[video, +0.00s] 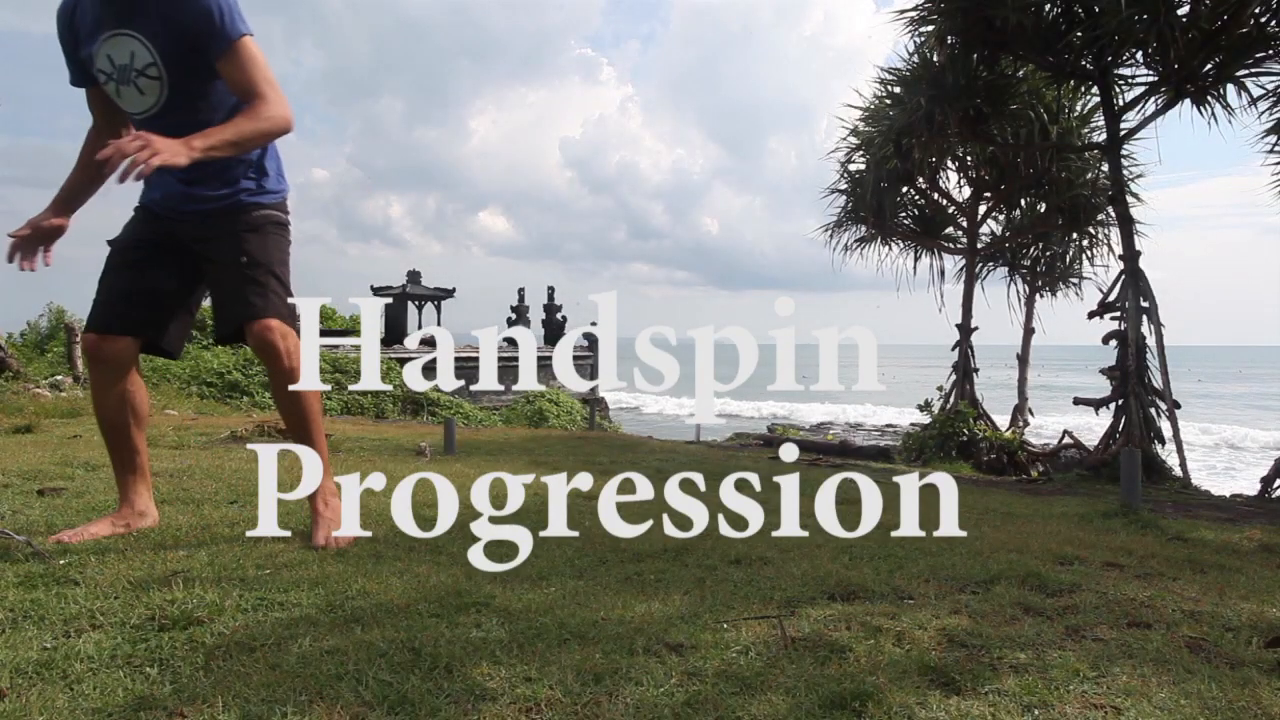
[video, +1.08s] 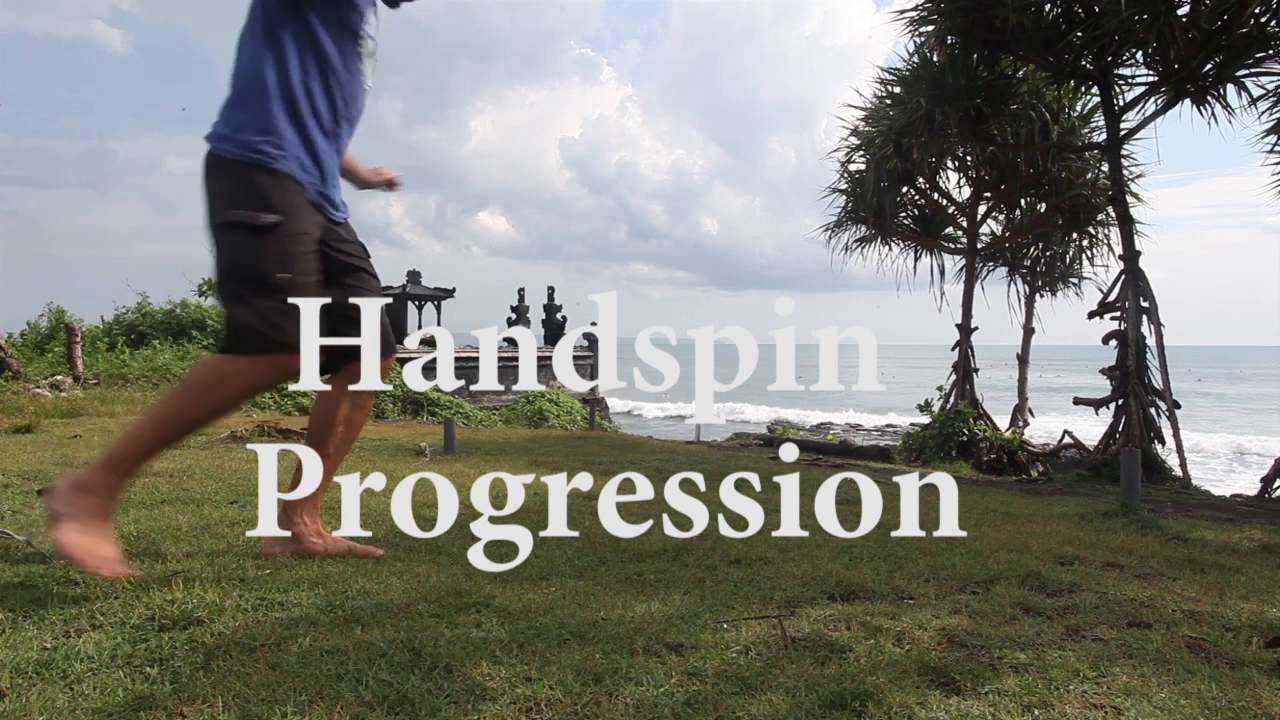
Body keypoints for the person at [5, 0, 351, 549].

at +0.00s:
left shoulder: (200, 6)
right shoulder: (77, 13)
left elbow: (275, 112)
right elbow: (110, 127)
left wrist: (190, 146)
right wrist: (60, 211)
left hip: (245, 196)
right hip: (165, 201)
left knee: (269, 333)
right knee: (107, 346)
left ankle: (325, 493)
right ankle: (137, 507)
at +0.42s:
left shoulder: (207, 6)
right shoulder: (74, 5)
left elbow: (270, 114)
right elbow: (101, 95)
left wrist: (232, 165)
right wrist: (90, 188)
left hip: (223, 206)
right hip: (127, 206)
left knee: (276, 348)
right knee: (91, 349)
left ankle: (322, 516)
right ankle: (136, 506)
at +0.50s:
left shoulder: (239, 6)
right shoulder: (84, 3)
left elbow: (297, 96)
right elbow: (84, 91)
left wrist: (308, 127)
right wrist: (39, 178)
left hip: (224, 186)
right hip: (127, 190)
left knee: (279, 337)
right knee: (96, 344)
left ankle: (304, 514)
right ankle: (136, 506)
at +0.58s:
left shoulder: (259, 5)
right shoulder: (100, 2)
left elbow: (321, 97)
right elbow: (64, 80)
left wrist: (358, 127)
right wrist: (4, 146)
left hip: (227, 188)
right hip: (129, 188)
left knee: (278, 333)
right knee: (104, 347)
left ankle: (293, 510)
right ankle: (135, 505)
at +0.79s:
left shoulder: (337, 10)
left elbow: (371, 116)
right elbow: (72, 7)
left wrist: (455, 153)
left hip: (271, 191)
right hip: (171, 180)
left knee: (310, 343)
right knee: (124, 349)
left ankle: (295, 523)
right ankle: (105, 472)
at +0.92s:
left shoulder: (355, 18)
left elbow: (360, 123)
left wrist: (437, 166)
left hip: (292, 191)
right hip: (203, 170)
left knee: (338, 349)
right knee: (168, 344)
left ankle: (295, 522)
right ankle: (74, 451)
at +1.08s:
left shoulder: (358, 13)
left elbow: (309, 100)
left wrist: (354, 169)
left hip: (317, 183)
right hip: (258, 156)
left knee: (368, 347)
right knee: (273, 345)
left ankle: (297, 519)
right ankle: (89, 490)